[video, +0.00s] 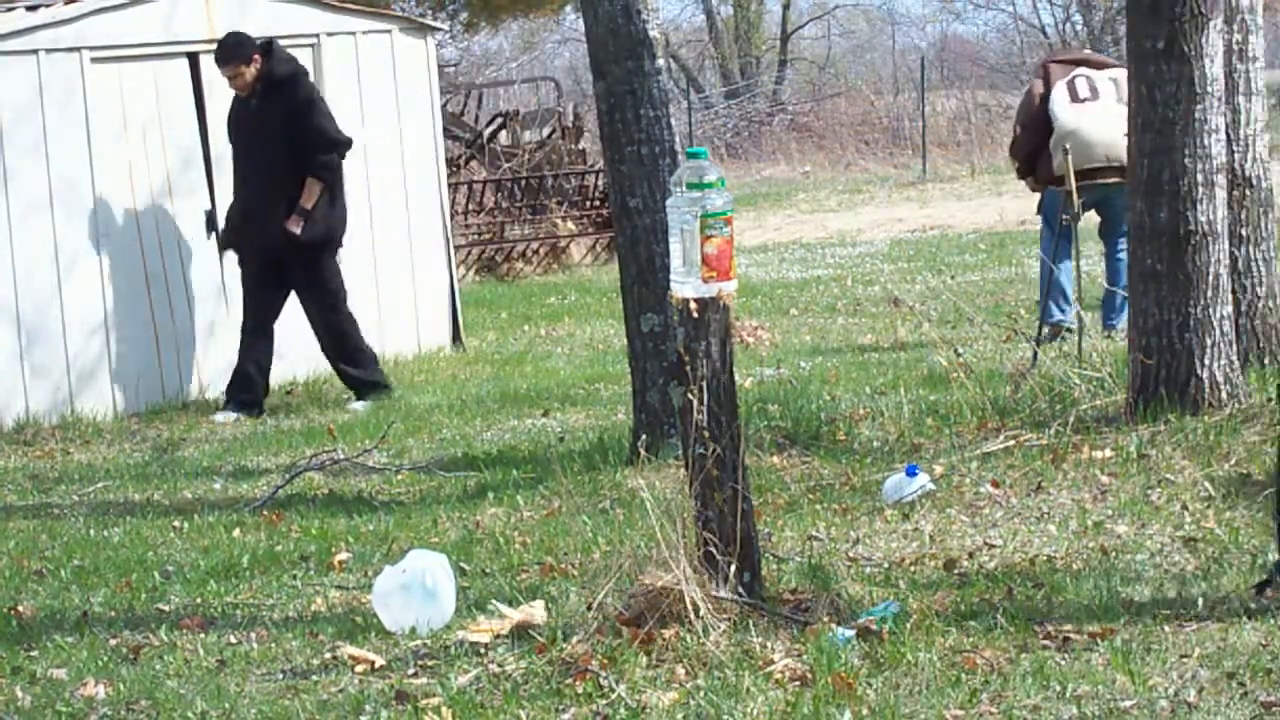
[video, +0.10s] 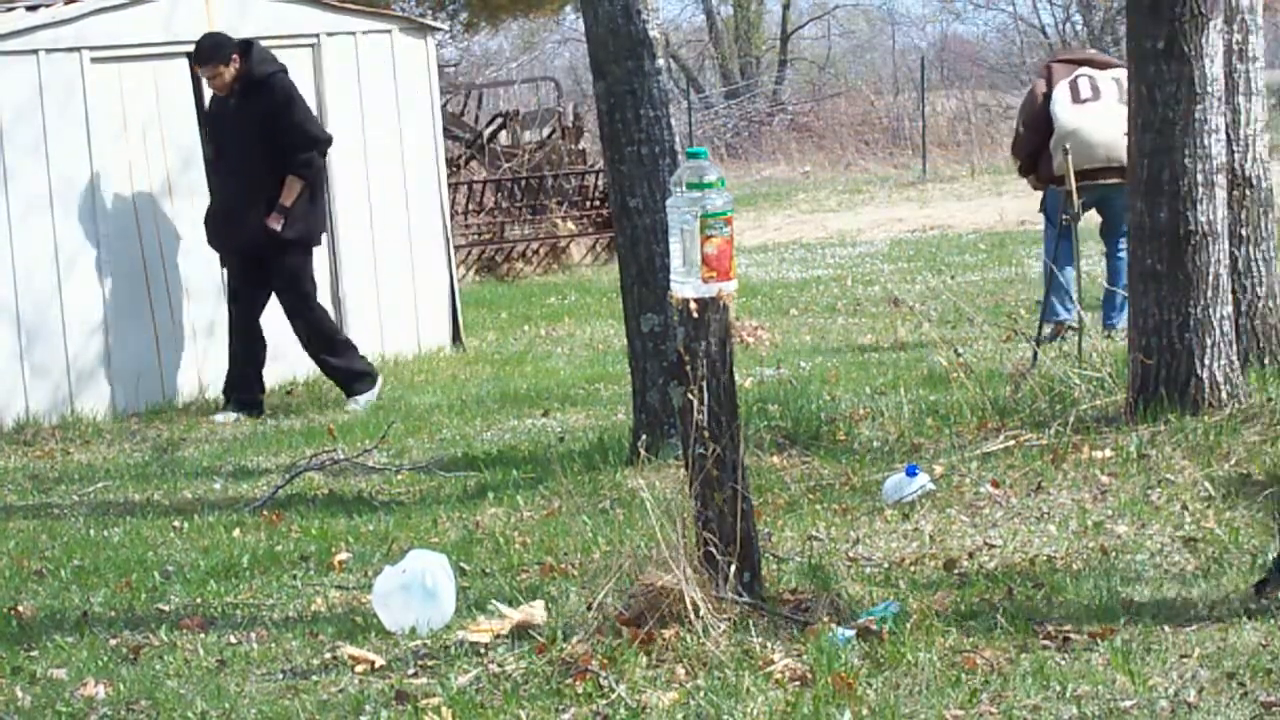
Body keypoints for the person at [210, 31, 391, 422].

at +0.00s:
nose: (232, 84)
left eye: (235, 75)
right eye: (227, 77)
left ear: (256, 62)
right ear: (228, 71)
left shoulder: (292, 89)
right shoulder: (241, 106)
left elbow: (330, 148)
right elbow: (248, 174)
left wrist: (302, 211)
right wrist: (237, 222)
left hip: (305, 229)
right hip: (261, 232)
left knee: (330, 314)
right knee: (256, 324)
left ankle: (372, 389)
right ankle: (244, 404)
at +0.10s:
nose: (210, 85)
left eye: (214, 76)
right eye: (205, 78)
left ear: (235, 63)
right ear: (202, 73)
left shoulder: (272, 86)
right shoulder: (218, 105)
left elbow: (311, 146)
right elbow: (226, 167)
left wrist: (282, 209)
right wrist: (221, 216)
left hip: (287, 222)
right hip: (243, 227)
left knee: (301, 309)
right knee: (242, 318)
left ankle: (361, 381)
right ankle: (244, 403)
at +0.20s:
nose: (194, 83)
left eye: (198, 75)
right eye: (189, 76)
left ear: (218, 62)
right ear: (186, 71)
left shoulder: (255, 85)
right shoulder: (202, 101)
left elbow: (293, 146)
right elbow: (209, 164)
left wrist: (263, 206)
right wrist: (204, 213)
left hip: (263, 219)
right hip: (224, 222)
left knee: (273, 303)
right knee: (234, 315)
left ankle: (333, 375)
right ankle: (244, 402)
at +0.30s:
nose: (180, 83)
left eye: (185, 74)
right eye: (175, 76)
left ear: (204, 61)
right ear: (173, 71)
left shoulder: (242, 85)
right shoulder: (188, 104)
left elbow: (282, 143)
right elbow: (197, 165)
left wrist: (249, 202)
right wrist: (194, 211)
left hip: (252, 219)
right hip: (213, 222)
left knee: (250, 303)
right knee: (225, 312)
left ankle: (296, 384)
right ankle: (243, 402)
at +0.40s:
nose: (169, 84)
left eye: (174, 76)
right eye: (164, 78)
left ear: (192, 62)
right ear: (162, 72)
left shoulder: (230, 84)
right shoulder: (176, 104)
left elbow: (270, 144)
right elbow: (186, 163)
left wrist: (236, 203)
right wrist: (184, 211)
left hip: (241, 220)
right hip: (205, 222)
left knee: (230, 304)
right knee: (217, 309)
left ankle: (249, 400)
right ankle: (235, 399)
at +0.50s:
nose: (159, 84)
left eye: (164, 75)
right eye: (153, 77)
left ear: (181, 62)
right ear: (148, 73)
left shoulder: (219, 86)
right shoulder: (163, 108)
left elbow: (259, 145)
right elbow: (175, 166)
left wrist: (225, 205)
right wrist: (172, 214)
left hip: (229, 218)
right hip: (191, 219)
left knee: (212, 306)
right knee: (218, 309)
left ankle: (198, 403)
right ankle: (243, 399)